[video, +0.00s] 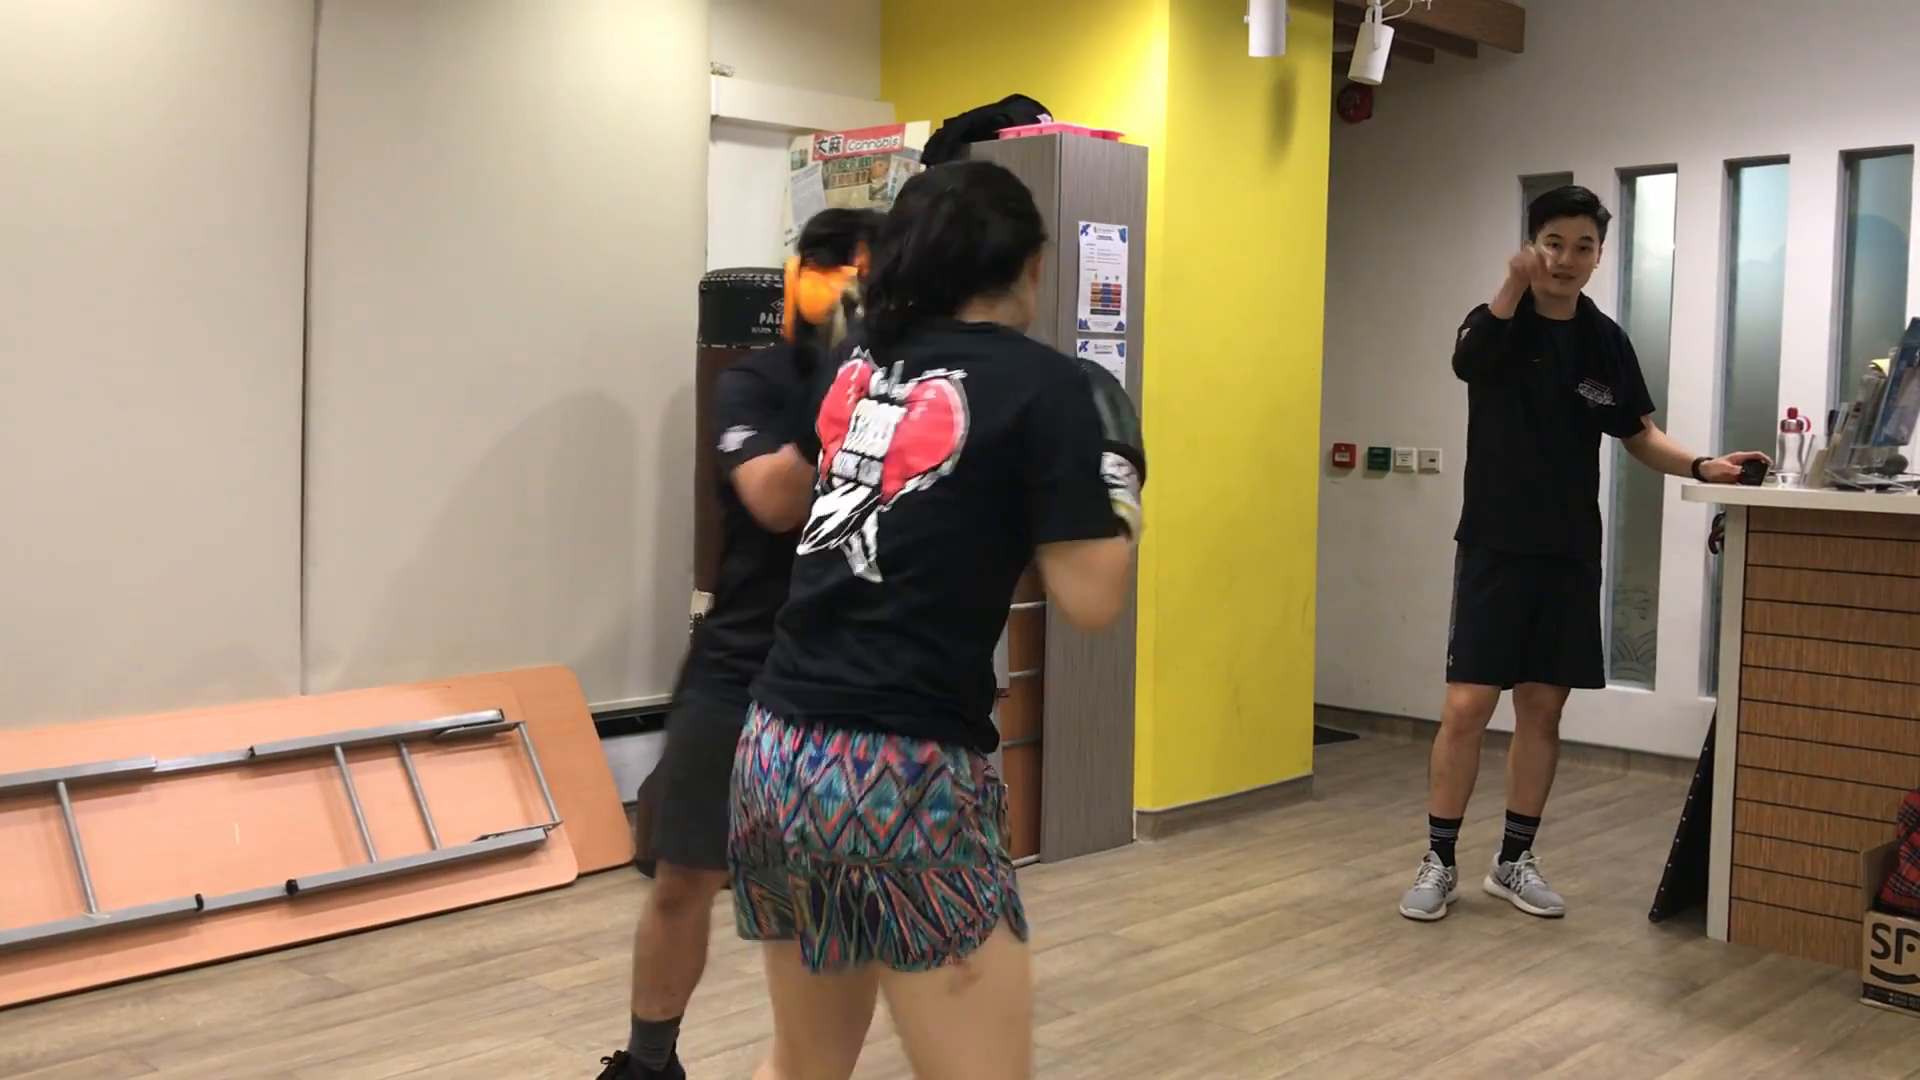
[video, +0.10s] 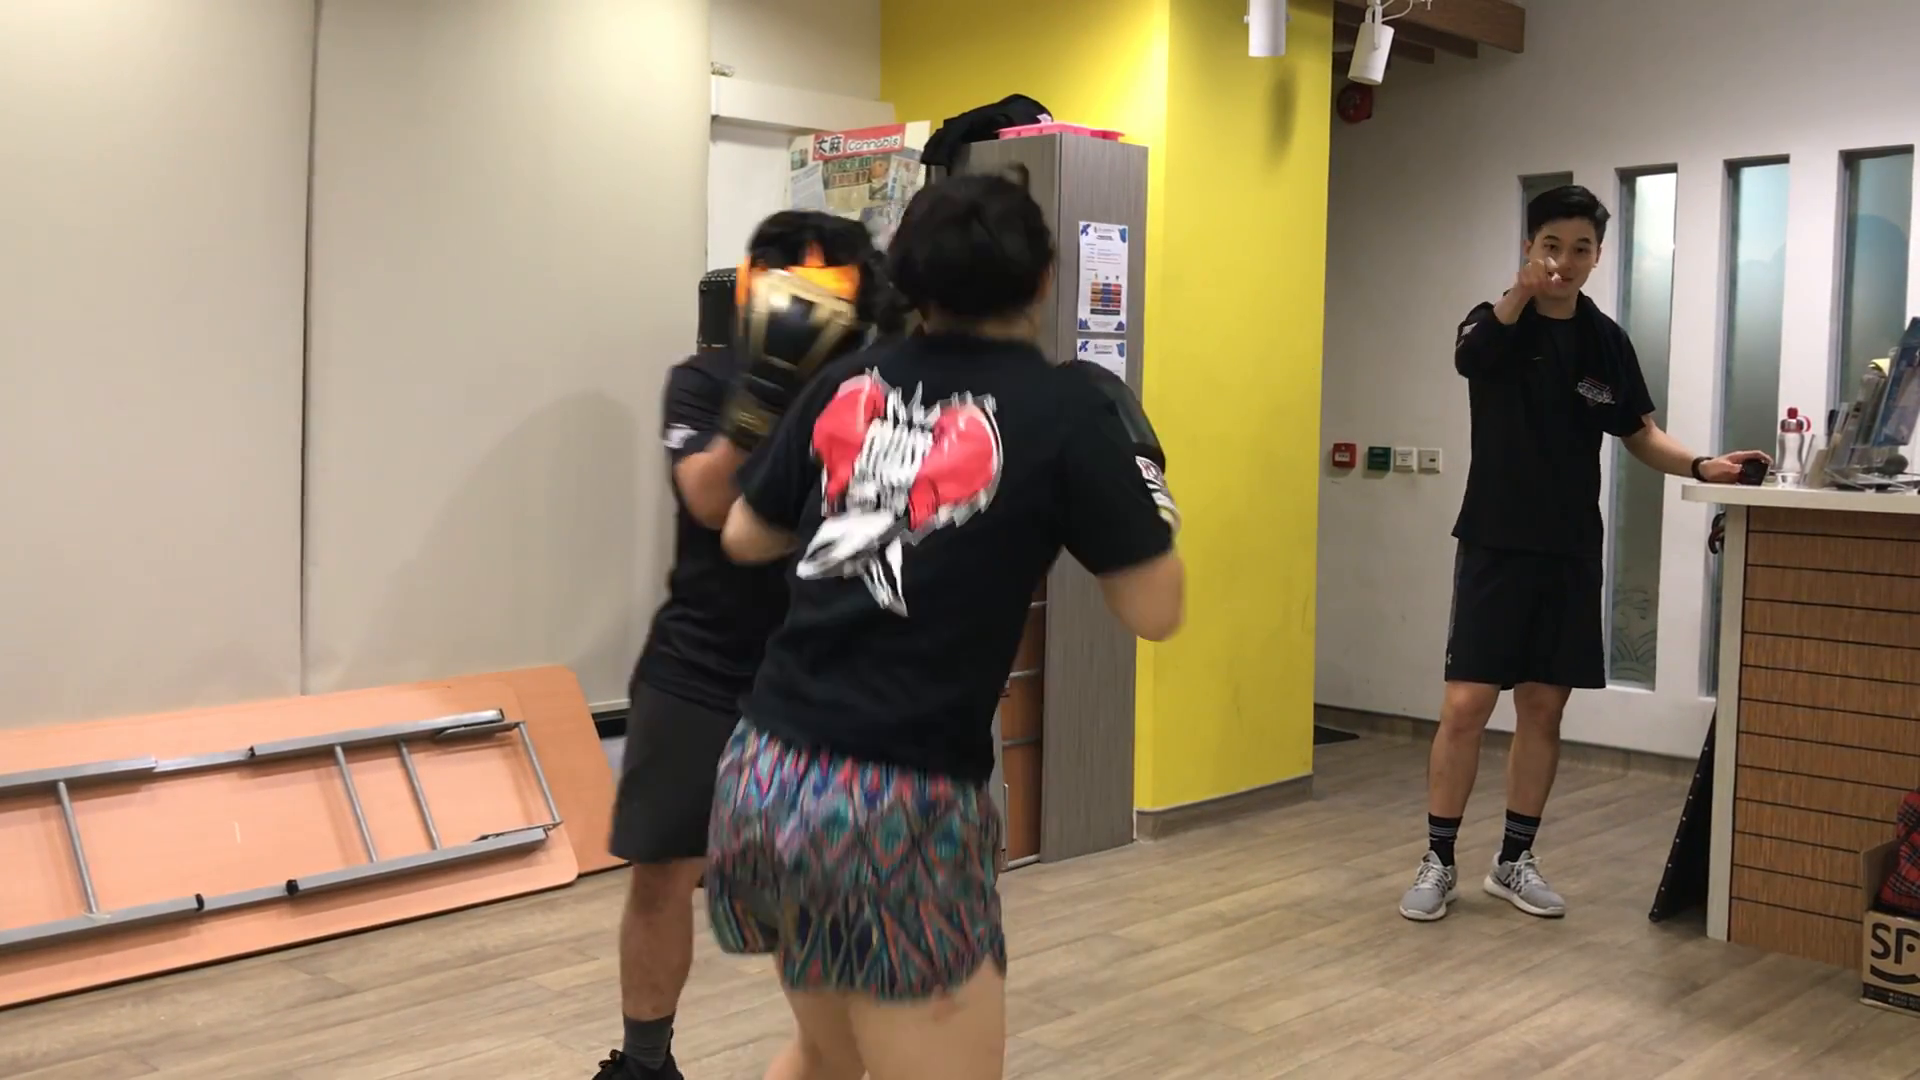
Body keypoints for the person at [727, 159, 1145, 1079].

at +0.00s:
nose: (1042, 279)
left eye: (1039, 259)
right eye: (1040, 260)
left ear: (907, 262)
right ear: (1021, 266)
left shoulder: (854, 373)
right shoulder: (1040, 385)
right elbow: (1096, 597)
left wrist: (1035, 526)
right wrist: (1111, 478)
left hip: (776, 745)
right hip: (911, 771)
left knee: (806, 1057)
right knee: (979, 1062)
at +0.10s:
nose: (1057, 272)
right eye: (1049, 256)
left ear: (912, 280)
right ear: (1041, 277)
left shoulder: (849, 382)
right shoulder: (1060, 405)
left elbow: (748, 533)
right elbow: (1155, 609)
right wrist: (1137, 456)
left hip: (767, 769)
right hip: (905, 803)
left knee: (826, 1053)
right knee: (943, 1063)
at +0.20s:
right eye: (1035, 268)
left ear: (899, 287)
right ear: (1029, 288)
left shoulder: (833, 392)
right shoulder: (1056, 420)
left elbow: (699, 531)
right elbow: (1157, 613)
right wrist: (1127, 460)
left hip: (756, 778)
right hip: (898, 821)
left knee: (818, 1031)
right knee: (938, 1062)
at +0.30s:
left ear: (878, 257)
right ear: (1002, 252)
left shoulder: (817, 364)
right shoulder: (1030, 388)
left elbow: (660, 466)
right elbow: (1087, 588)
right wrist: (1107, 466)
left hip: (756, 738)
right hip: (887, 779)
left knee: (781, 1019)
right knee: (914, 1063)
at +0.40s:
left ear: (834, 261)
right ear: (953, 250)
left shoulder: (793, 373)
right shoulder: (982, 386)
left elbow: (675, 412)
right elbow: (1027, 574)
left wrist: (726, 352)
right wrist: (1064, 487)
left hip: (739, 741)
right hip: (871, 774)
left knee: (754, 1018)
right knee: (905, 1062)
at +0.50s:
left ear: (757, 286)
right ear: (875, 277)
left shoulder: (719, 399)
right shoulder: (928, 409)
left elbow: (622, 467)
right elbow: (1006, 582)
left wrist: (664, 373)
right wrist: (1011, 477)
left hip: (725, 793)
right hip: (874, 805)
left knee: (726, 1040)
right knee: (918, 1064)